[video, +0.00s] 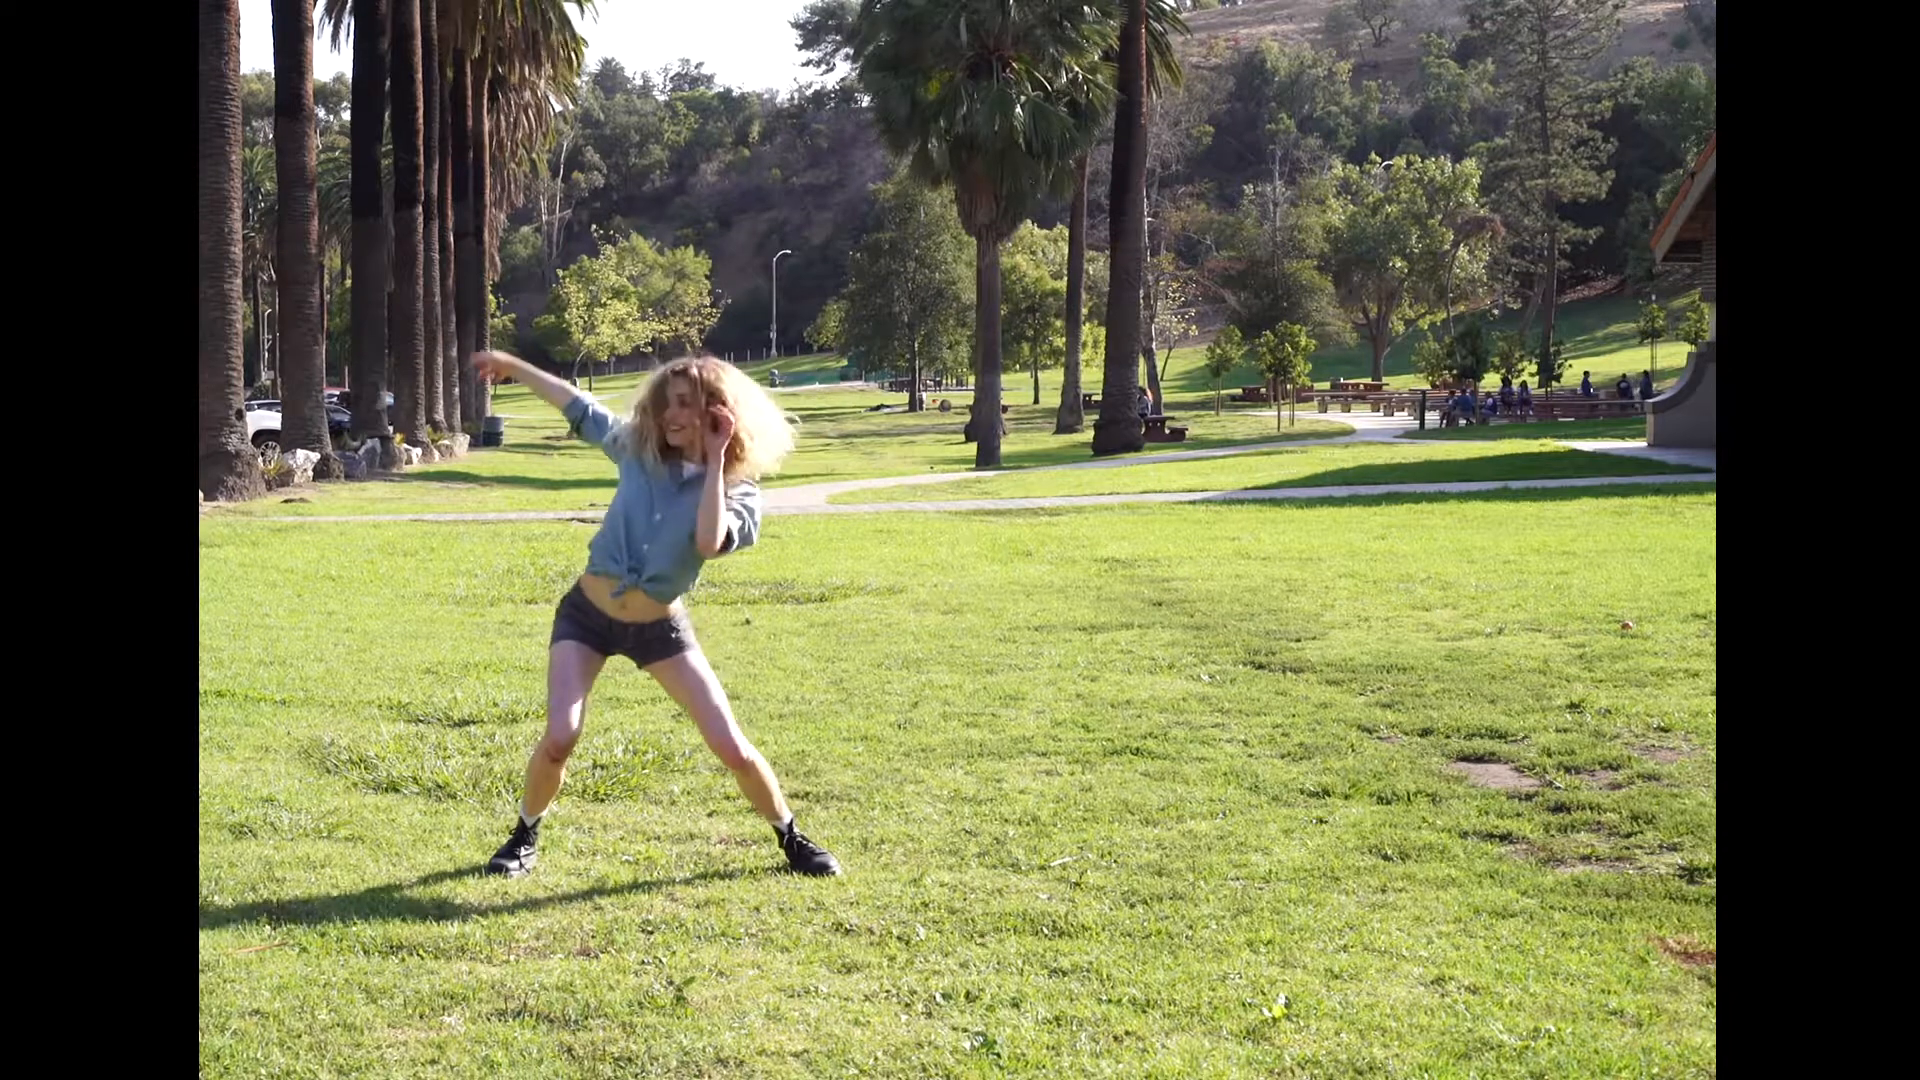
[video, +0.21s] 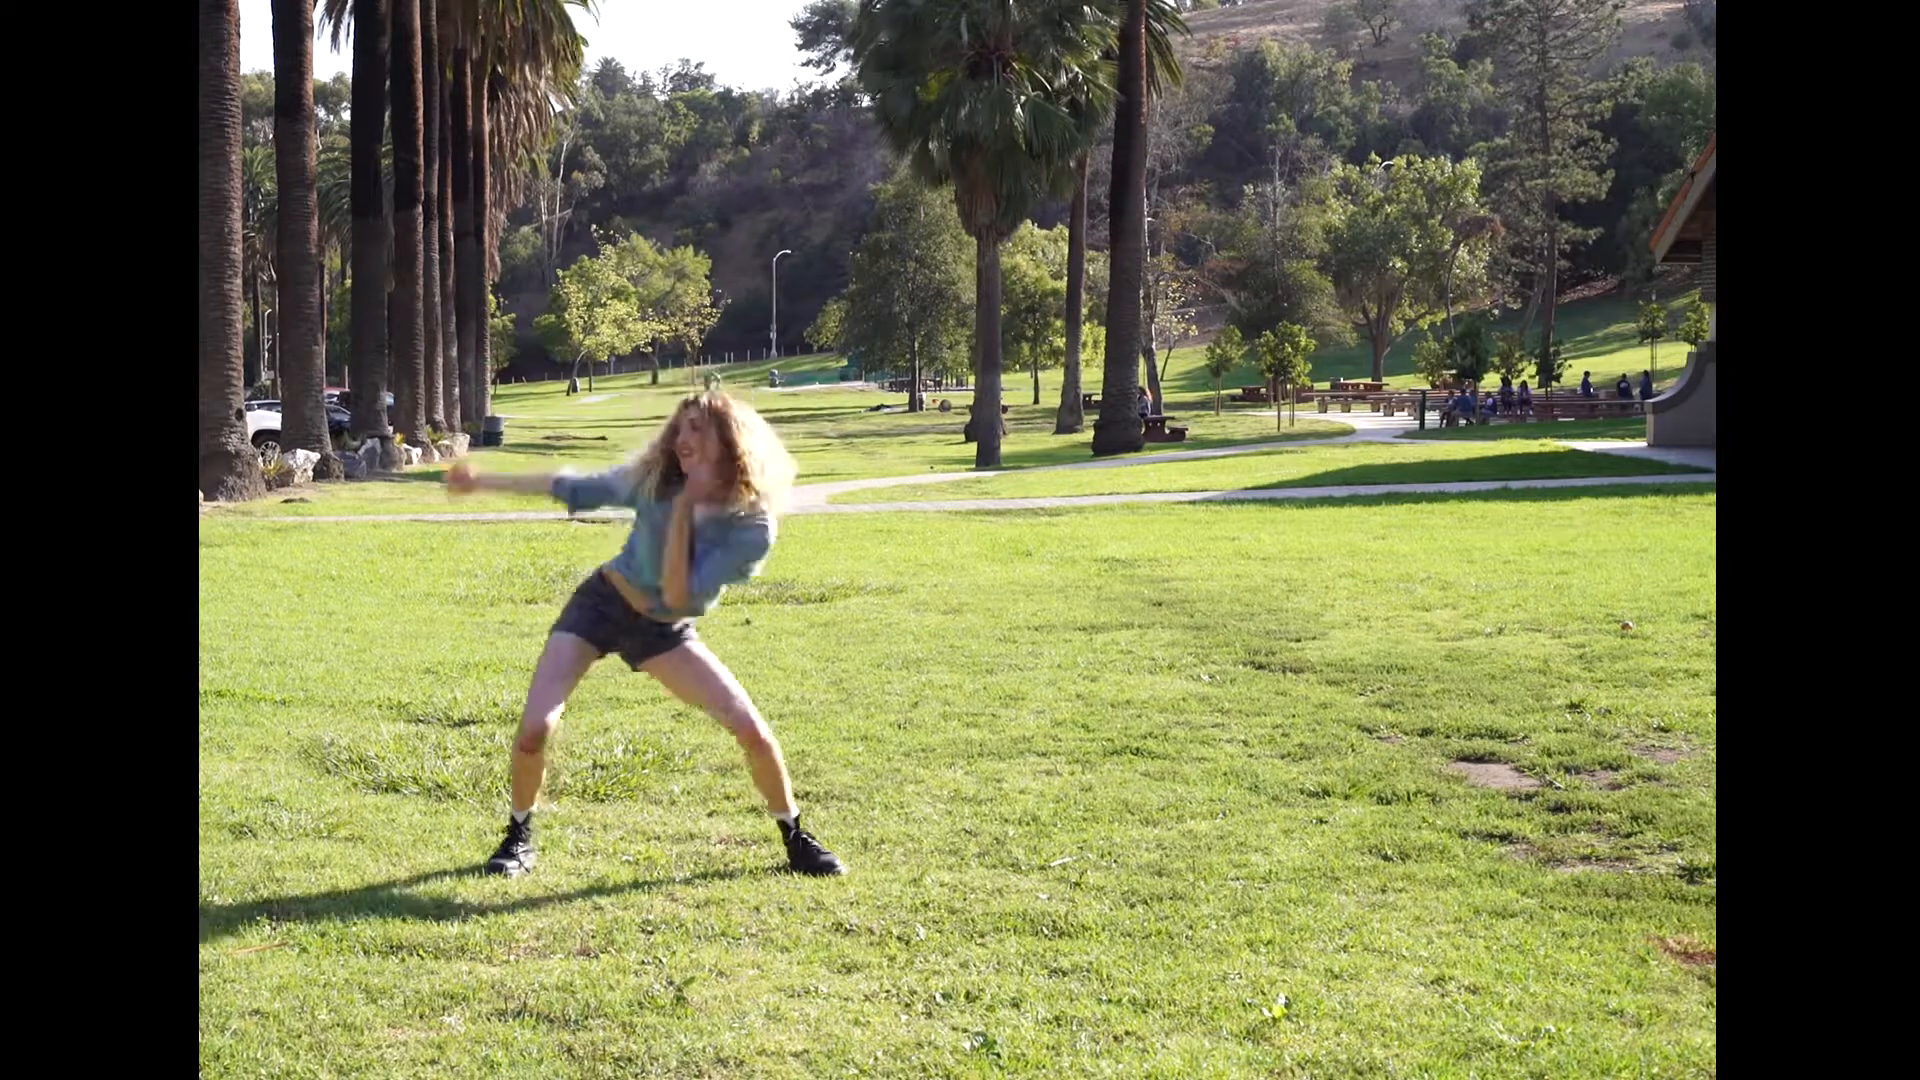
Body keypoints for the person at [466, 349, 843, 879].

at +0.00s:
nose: (673, 414)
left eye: (687, 403)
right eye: (667, 402)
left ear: (717, 413)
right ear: (659, 407)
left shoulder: (737, 491)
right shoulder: (639, 445)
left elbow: (709, 542)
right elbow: (577, 404)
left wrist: (715, 457)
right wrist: (515, 366)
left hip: (659, 627)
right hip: (586, 613)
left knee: (733, 748)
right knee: (561, 736)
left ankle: (792, 840)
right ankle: (523, 836)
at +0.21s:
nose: (683, 439)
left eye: (698, 429)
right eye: (679, 428)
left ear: (729, 441)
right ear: (673, 436)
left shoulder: (750, 528)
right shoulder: (657, 480)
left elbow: (680, 601)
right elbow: (574, 489)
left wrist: (680, 515)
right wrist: (479, 482)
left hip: (662, 629)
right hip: (602, 601)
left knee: (752, 728)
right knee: (535, 726)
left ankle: (796, 839)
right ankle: (517, 838)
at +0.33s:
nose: (681, 430)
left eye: (696, 421)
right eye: (677, 421)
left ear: (729, 435)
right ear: (671, 434)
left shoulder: (771, 510)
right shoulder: (655, 491)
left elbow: (736, 589)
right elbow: (570, 547)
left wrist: (658, 587)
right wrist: (477, 596)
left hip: (689, 620)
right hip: (626, 609)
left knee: (776, 724)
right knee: (562, 731)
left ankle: (802, 839)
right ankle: (520, 839)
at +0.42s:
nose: (673, 421)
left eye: (687, 410)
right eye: (668, 410)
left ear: (721, 418)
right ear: (661, 420)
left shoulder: (769, 483)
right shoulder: (656, 483)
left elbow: (752, 572)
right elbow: (619, 577)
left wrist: (678, 597)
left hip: (713, 611)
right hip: (642, 612)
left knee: (788, 729)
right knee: (598, 745)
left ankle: (804, 841)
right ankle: (527, 833)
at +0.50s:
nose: (666, 413)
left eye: (679, 401)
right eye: (660, 403)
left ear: (713, 406)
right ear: (654, 409)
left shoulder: (750, 468)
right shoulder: (653, 466)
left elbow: (739, 562)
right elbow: (680, 567)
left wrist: (649, 585)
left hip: (723, 593)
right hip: (657, 601)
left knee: (801, 719)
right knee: (629, 756)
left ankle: (812, 835)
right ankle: (540, 832)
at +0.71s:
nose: (656, 398)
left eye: (668, 386)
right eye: (650, 386)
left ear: (698, 388)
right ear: (642, 387)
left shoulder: (728, 451)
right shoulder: (632, 434)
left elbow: (699, 549)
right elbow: (635, 523)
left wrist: (615, 554)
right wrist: (715, 538)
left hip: (690, 592)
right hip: (621, 591)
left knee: (737, 731)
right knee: (574, 744)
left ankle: (813, 820)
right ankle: (523, 835)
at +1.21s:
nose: (653, 423)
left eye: (662, 410)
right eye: (640, 413)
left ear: (680, 396)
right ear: (624, 410)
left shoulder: (716, 426)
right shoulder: (644, 456)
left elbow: (733, 511)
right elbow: (661, 538)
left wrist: (681, 548)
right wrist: (703, 489)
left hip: (763, 574)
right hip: (698, 577)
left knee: (790, 744)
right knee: (612, 718)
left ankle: (841, 832)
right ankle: (532, 832)